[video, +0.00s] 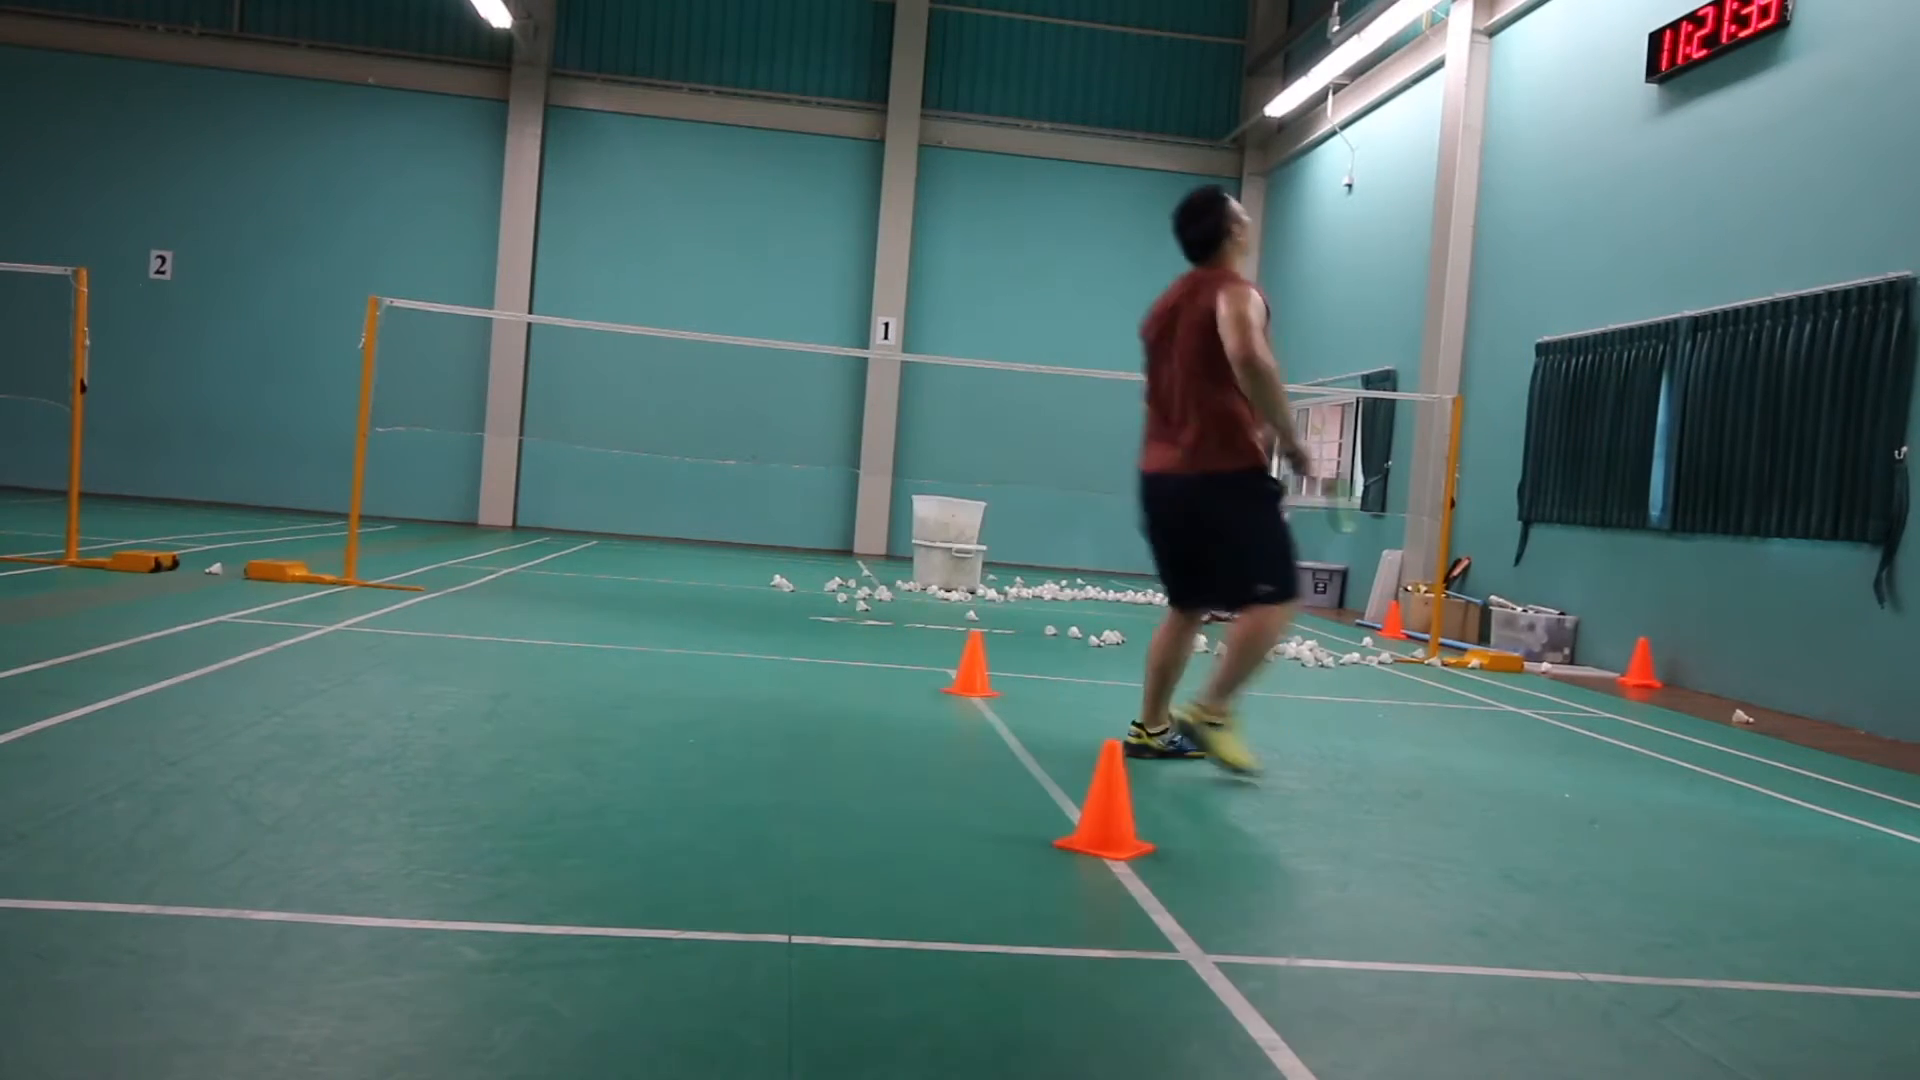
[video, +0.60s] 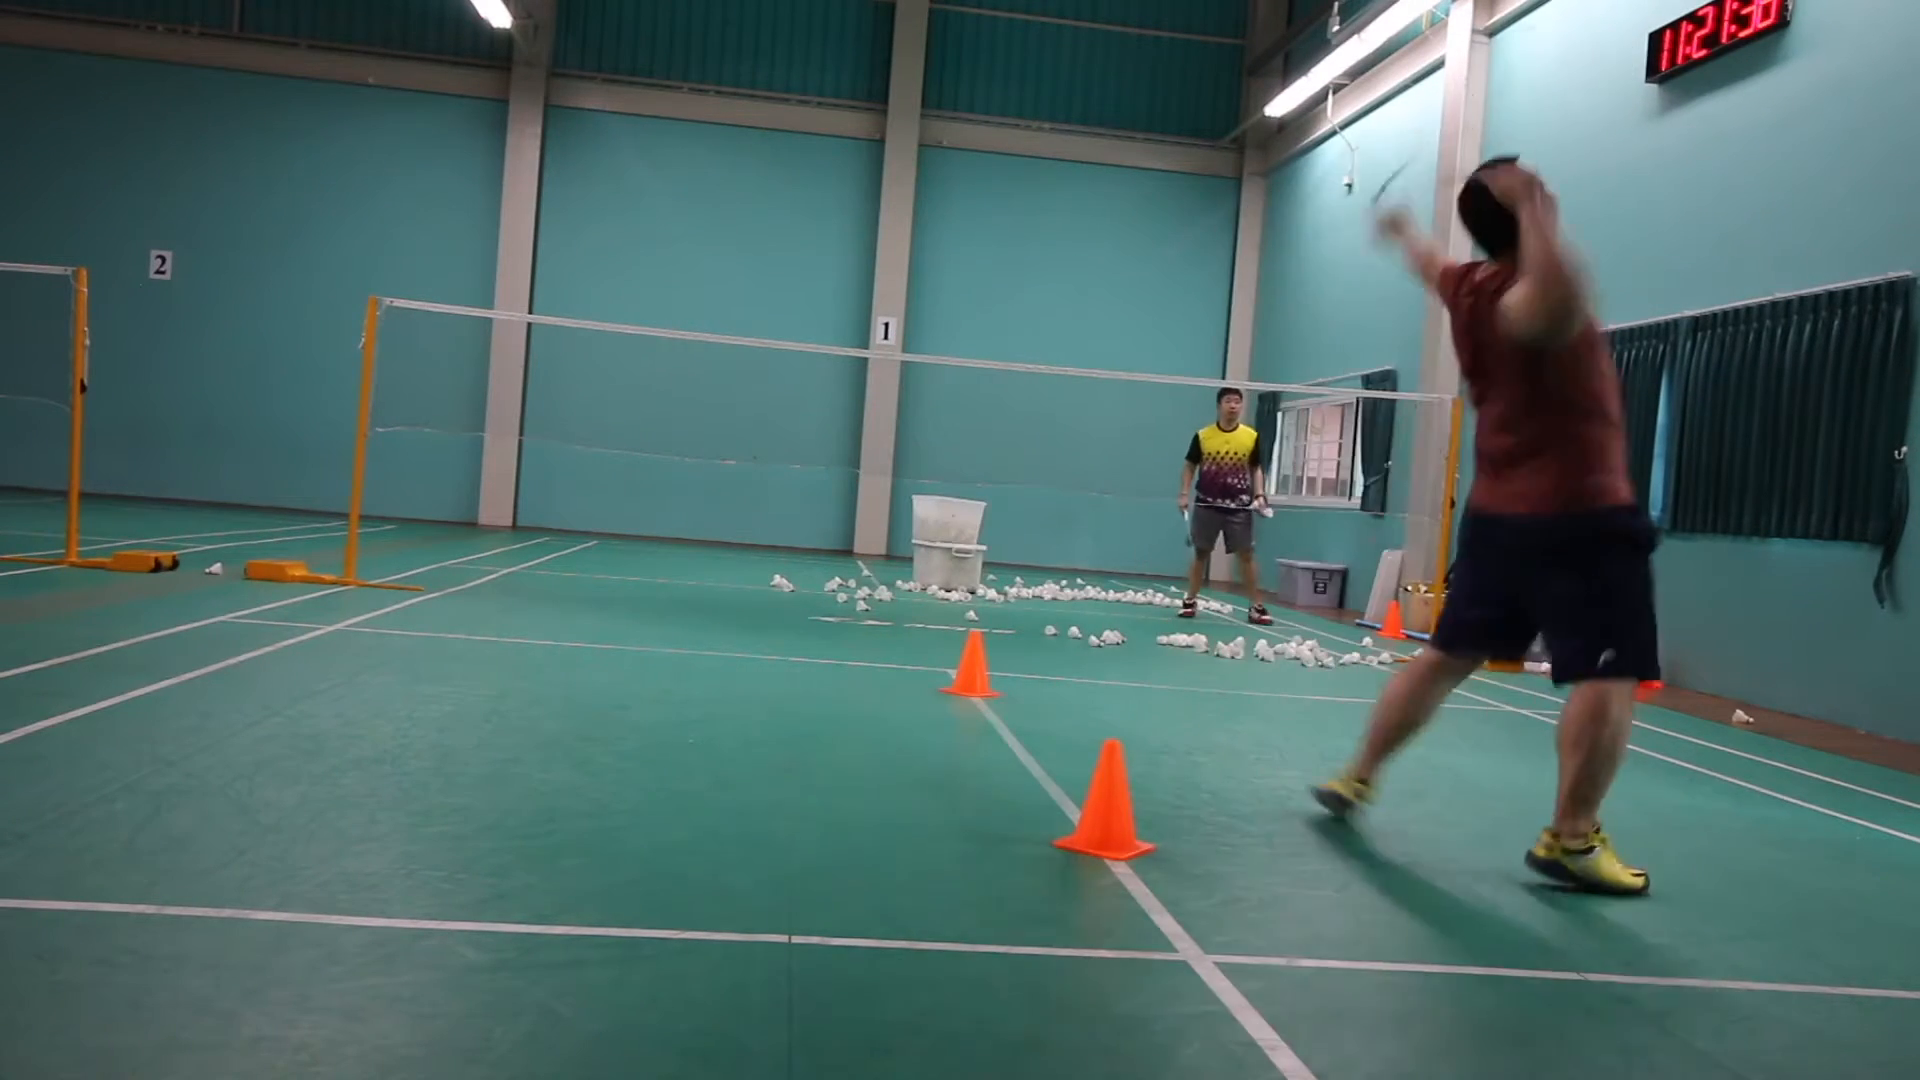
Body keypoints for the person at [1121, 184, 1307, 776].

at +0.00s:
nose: (1251, 224)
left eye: (1245, 214)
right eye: (1243, 217)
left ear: (1193, 241)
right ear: (1230, 231)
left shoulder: (1165, 303)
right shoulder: (1238, 292)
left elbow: (1164, 395)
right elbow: (1247, 357)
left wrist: (1235, 433)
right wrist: (1291, 437)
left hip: (1165, 479)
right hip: (1228, 478)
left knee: (1186, 603)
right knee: (1273, 599)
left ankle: (1151, 726)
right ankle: (1211, 710)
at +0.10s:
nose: (1292, 230)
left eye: (1287, 220)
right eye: (1283, 223)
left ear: (1239, 248)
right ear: (1267, 240)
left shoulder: (1225, 306)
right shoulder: (1270, 301)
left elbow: (1239, 388)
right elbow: (1270, 365)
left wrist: (1317, 377)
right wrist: (1349, 418)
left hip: (1219, 497)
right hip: (1277, 500)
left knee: (1208, 615)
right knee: (1331, 622)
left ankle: (1155, 724)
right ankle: (1331, 767)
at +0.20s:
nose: (1348, 213)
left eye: (1341, 204)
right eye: (1339, 208)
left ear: (1298, 239)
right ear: (1327, 229)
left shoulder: (1297, 288)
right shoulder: (1322, 287)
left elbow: (1342, 306)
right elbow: (1317, 337)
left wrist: (1390, 266)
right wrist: (1414, 322)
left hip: (1288, 493)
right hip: (1347, 492)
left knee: (1278, 612)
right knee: (1378, 629)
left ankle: (1195, 724)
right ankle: (1341, 770)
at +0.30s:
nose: (1392, 193)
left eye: (1384, 185)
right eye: (1381, 187)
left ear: (1341, 219)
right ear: (1365, 206)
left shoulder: (1353, 268)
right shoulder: (1351, 270)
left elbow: (1384, 235)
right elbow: (1332, 332)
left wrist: (1424, 185)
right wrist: (1419, 268)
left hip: (1326, 483)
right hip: (1380, 481)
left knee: (1351, 620)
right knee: (1426, 619)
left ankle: (1280, 735)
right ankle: (1368, 752)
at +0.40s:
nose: (1444, 195)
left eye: (1437, 189)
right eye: (1433, 191)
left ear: (1394, 227)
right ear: (1417, 220)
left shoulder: (1415, 273)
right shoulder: (1397, 291)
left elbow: (1428, 212)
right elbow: (1369, 363)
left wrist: (1449, 140)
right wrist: (1443, 279)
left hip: (1377, 503)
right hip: (1435, 504)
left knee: (1379, 640)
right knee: (1519, 632)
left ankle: (1284, 753)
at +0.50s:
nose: (1499, 209)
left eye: (1489, 203)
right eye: (1488, 206)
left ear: (1441, 240)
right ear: (1471, 233)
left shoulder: (1448, 283)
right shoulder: (1453, 302)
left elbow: (1447, 224)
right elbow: (1436, 374)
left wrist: (1454, 147)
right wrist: (1497, 281)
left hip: (1442, 522)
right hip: (1507, 522)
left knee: (1426, 652)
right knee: (1566, 665)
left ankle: (1305, 743)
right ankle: (1567, 840)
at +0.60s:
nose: (1544, 197)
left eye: (1536, 187)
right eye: (1531, 191)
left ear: (1476, 229)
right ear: (1524, 220)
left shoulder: (1466, 287)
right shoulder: (1527, 294)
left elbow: (1429, 264)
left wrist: (1401, 233)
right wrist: (1538, 210)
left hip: (1501, 517)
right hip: (1586, 520)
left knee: (1449, 653)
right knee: (1609, 673)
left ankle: (1357, 776)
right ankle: (1573, 836)